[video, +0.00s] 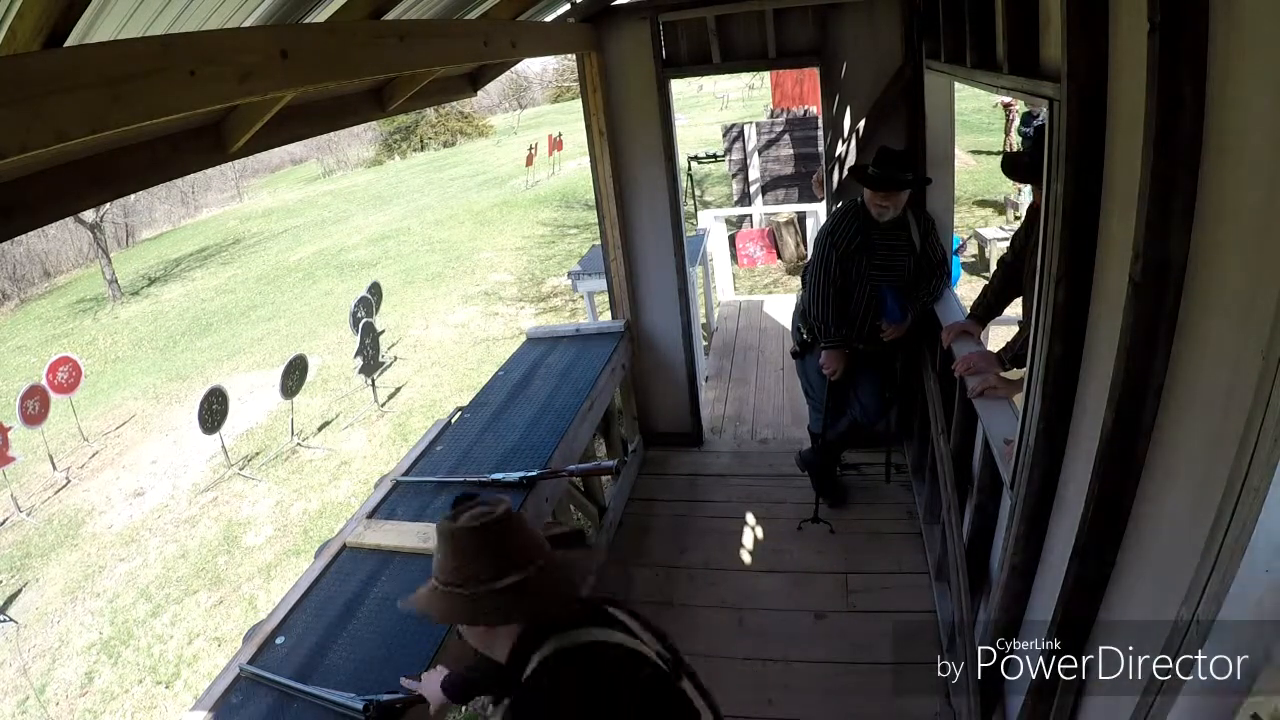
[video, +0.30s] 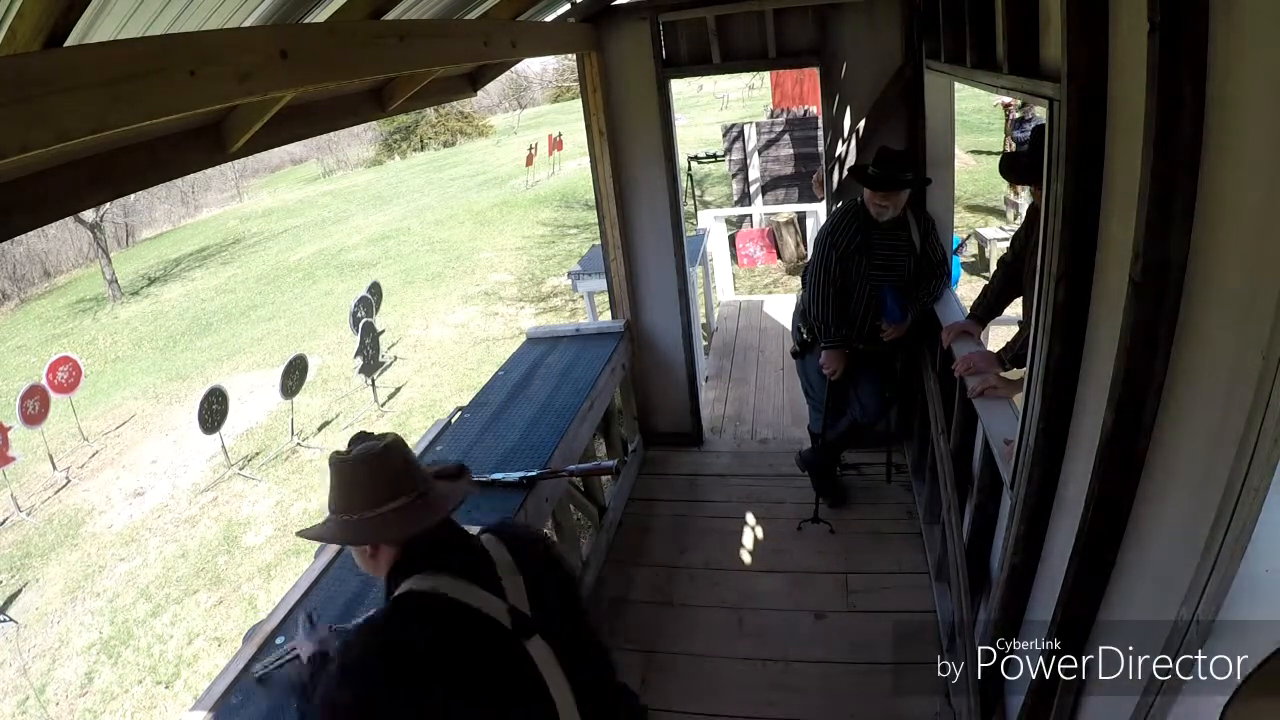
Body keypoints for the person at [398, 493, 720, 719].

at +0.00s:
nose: (457, 626)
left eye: (457, 617)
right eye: (454, 616)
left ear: (478, 622)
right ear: (541, 578)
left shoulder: (552, 699)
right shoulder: (596, 613)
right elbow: (528, 666)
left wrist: (448, 704)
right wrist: (455, 684)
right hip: (701, 709)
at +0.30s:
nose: (352, 553)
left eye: (351, 542)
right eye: (349, 541)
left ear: (371, 549)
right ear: (435, 503)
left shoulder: (377, 652)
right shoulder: (524, 545)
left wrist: (317, 661)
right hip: (614, 712)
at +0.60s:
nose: (285, 518)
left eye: (285, 509)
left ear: (301, 518)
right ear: (370, 474)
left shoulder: (304, 606)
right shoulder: (449, 495)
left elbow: (237, 676)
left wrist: (245, 562)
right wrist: (327, 520)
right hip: (539, 697)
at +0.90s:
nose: (282, 510)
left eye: (281, 501)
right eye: (282, 498)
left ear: (301, 508)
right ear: (365, 470)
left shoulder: (301, 600)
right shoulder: (436, 481)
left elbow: (212, 652)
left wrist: (229, 548)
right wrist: (317, 515)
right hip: (545, 685)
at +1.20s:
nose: (283, 510)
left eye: (282, 500)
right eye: (279, 500)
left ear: (303, 505)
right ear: (364, 467)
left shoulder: (307, 603)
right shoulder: (436, 479)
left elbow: (242, 681)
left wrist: (234, 576)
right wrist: (320, 531)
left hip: (448, 718)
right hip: (553, 681)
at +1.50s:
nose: (278, 516)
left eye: (275, 507)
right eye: (272, 508)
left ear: (295, 512)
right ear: (356, 471)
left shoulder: (295, 605)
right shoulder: (427, 480)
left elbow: (268, 668)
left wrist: (228, 568)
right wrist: (313, 538)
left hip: (446, 719)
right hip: (544, 678)